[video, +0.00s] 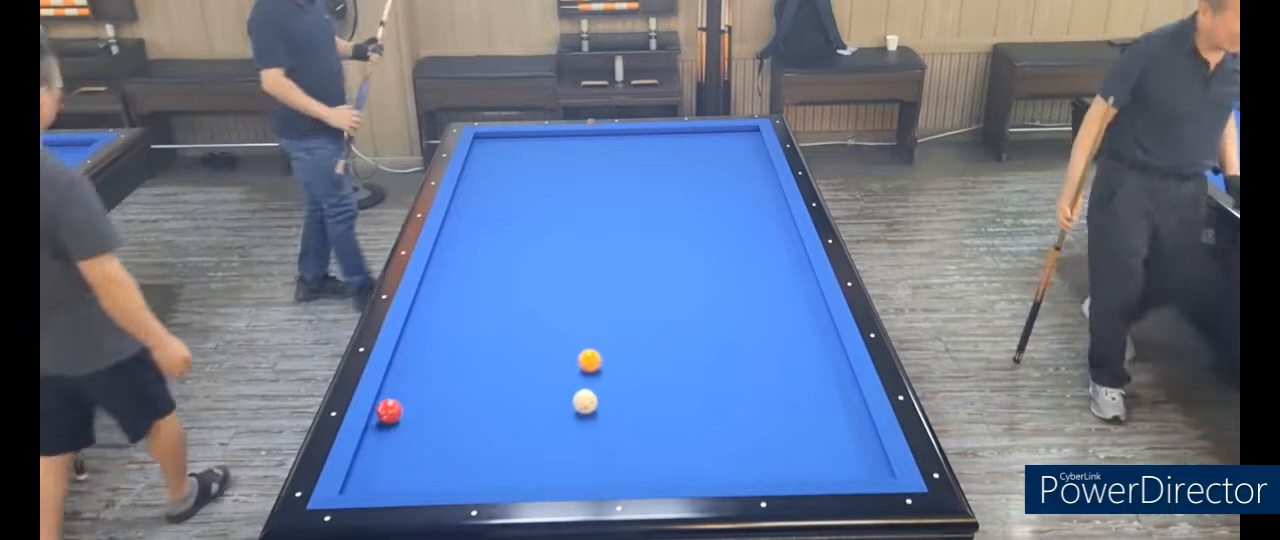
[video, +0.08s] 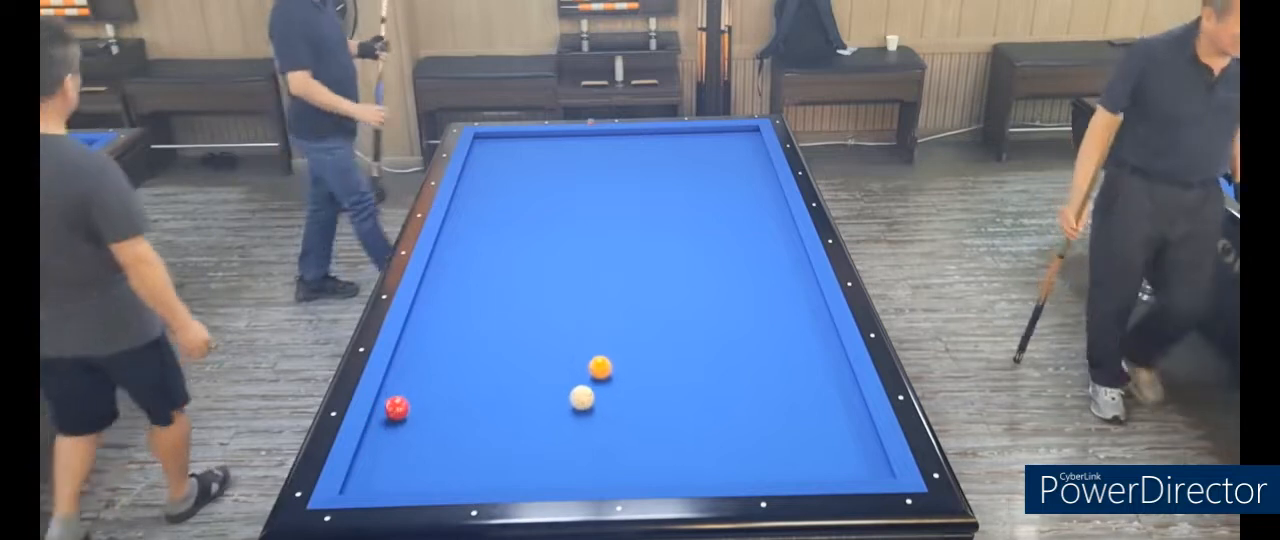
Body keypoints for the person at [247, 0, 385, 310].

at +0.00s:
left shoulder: (310, 5)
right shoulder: (267, 12)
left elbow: (322, 42)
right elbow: (271, 80)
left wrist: (355, 50)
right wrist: (329, 113)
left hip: (327, 128)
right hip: (305, 133)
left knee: (320, 208)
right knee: (340, 210)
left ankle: (312, 280)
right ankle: (362, 288)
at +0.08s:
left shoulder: (321, 6)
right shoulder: (290, 11)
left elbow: (326, 48)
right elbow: (298, 84)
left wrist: (361, 48)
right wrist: (356, 110)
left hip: (335, 128)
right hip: (319, 132)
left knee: (323, 206)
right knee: (361, 205)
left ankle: (313, 279)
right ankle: (395, 270)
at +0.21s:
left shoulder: (331, 9)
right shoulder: (326, 15)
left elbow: (337, 55)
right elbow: (345, 86)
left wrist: (374, 53)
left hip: (334, 128)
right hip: (347, 132)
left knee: (333, 204)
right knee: (390, 202)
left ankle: (313, 278)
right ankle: (424, 273)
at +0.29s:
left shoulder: (319, 7)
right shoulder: (345, 16)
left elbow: (335, 58)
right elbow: (376, 88)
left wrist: (380, 57)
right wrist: (431, 108)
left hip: (338, 128)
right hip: (361, 133)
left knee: (337, 203)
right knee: (401, 205)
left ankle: (314, 278)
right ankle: (427, 279)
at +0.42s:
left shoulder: (349, 11)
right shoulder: (383, 15)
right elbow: (429, 84)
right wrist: (485, 108)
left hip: (352, 131)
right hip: (384, 136)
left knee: (348, 199)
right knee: (424, 204)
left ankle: (320, 271)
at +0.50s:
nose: (447, 6)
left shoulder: (372, 8)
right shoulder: (425, 27)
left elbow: (356, 45)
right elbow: (470, 84)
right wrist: (522, 109)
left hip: (359, 122)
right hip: (393, 131)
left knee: (358, 193)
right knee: (431, 205)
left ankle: (330, 268)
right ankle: (440, 277)